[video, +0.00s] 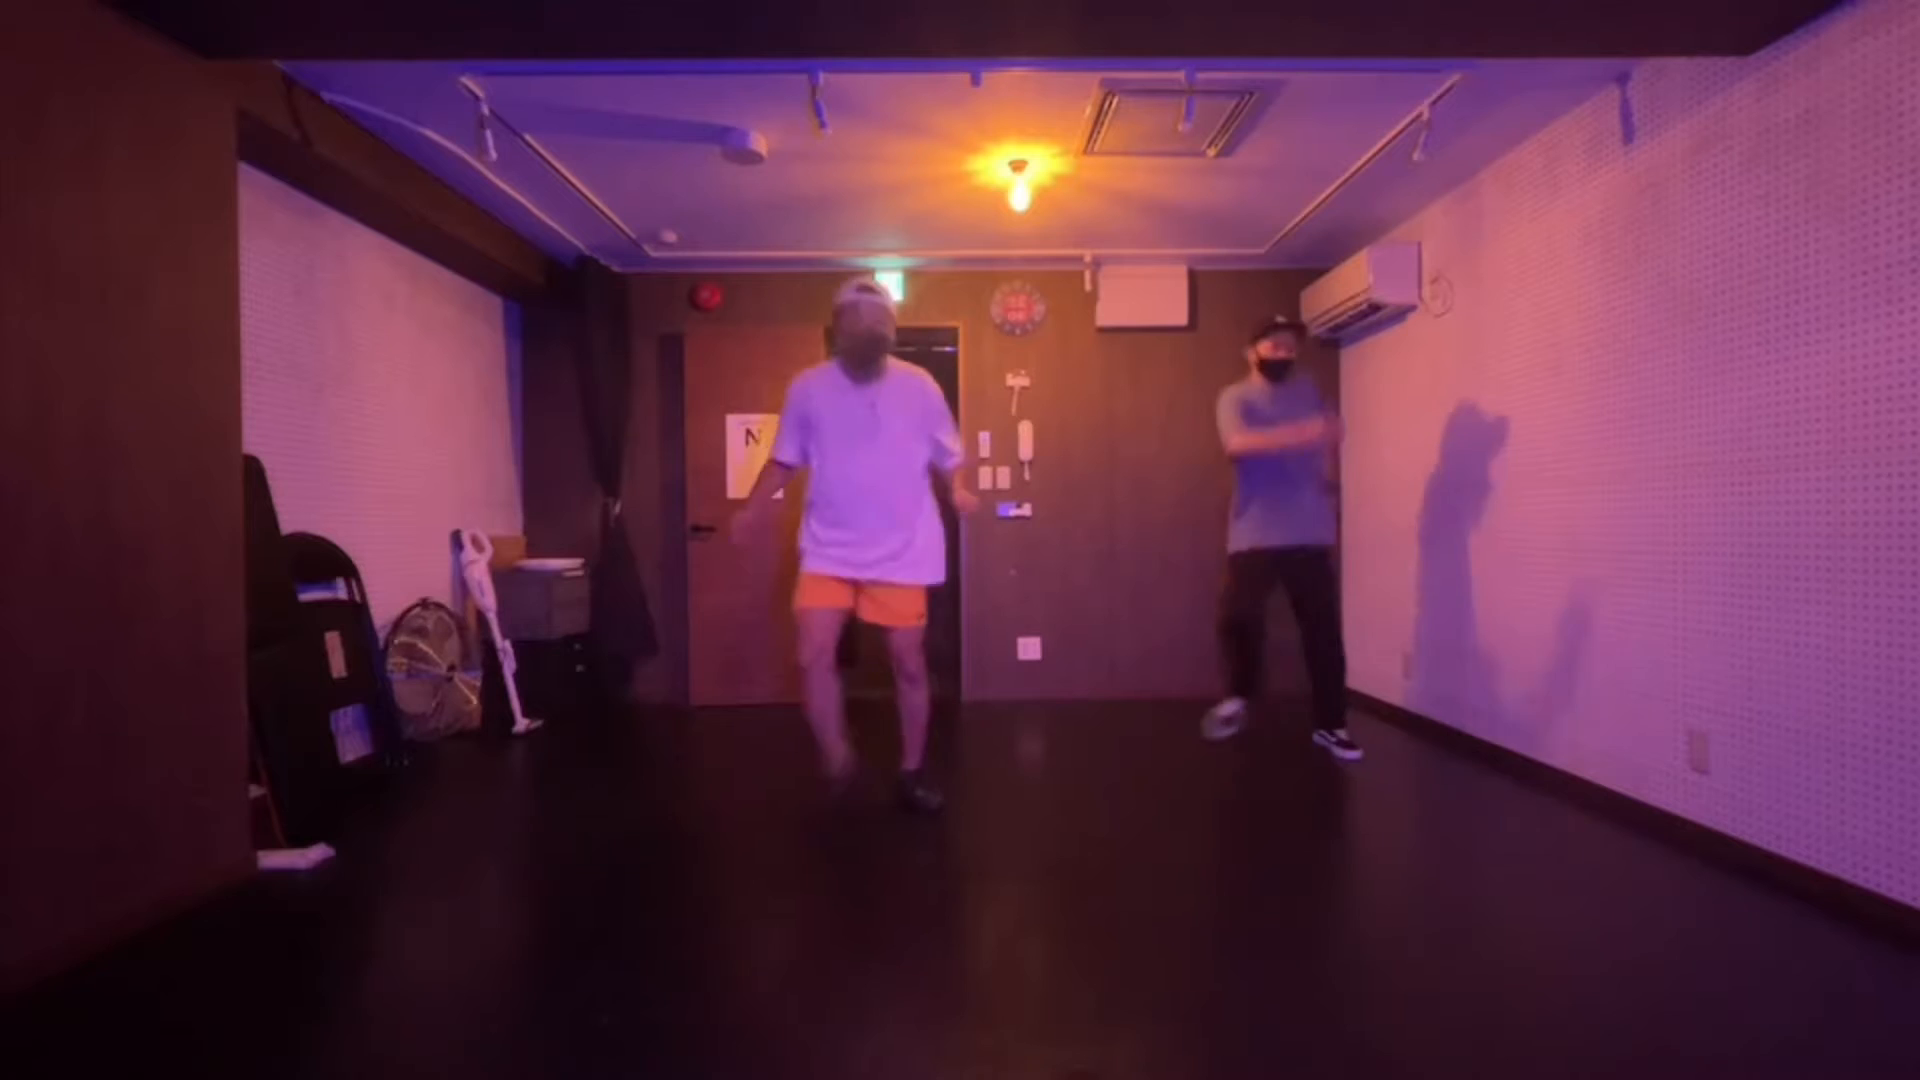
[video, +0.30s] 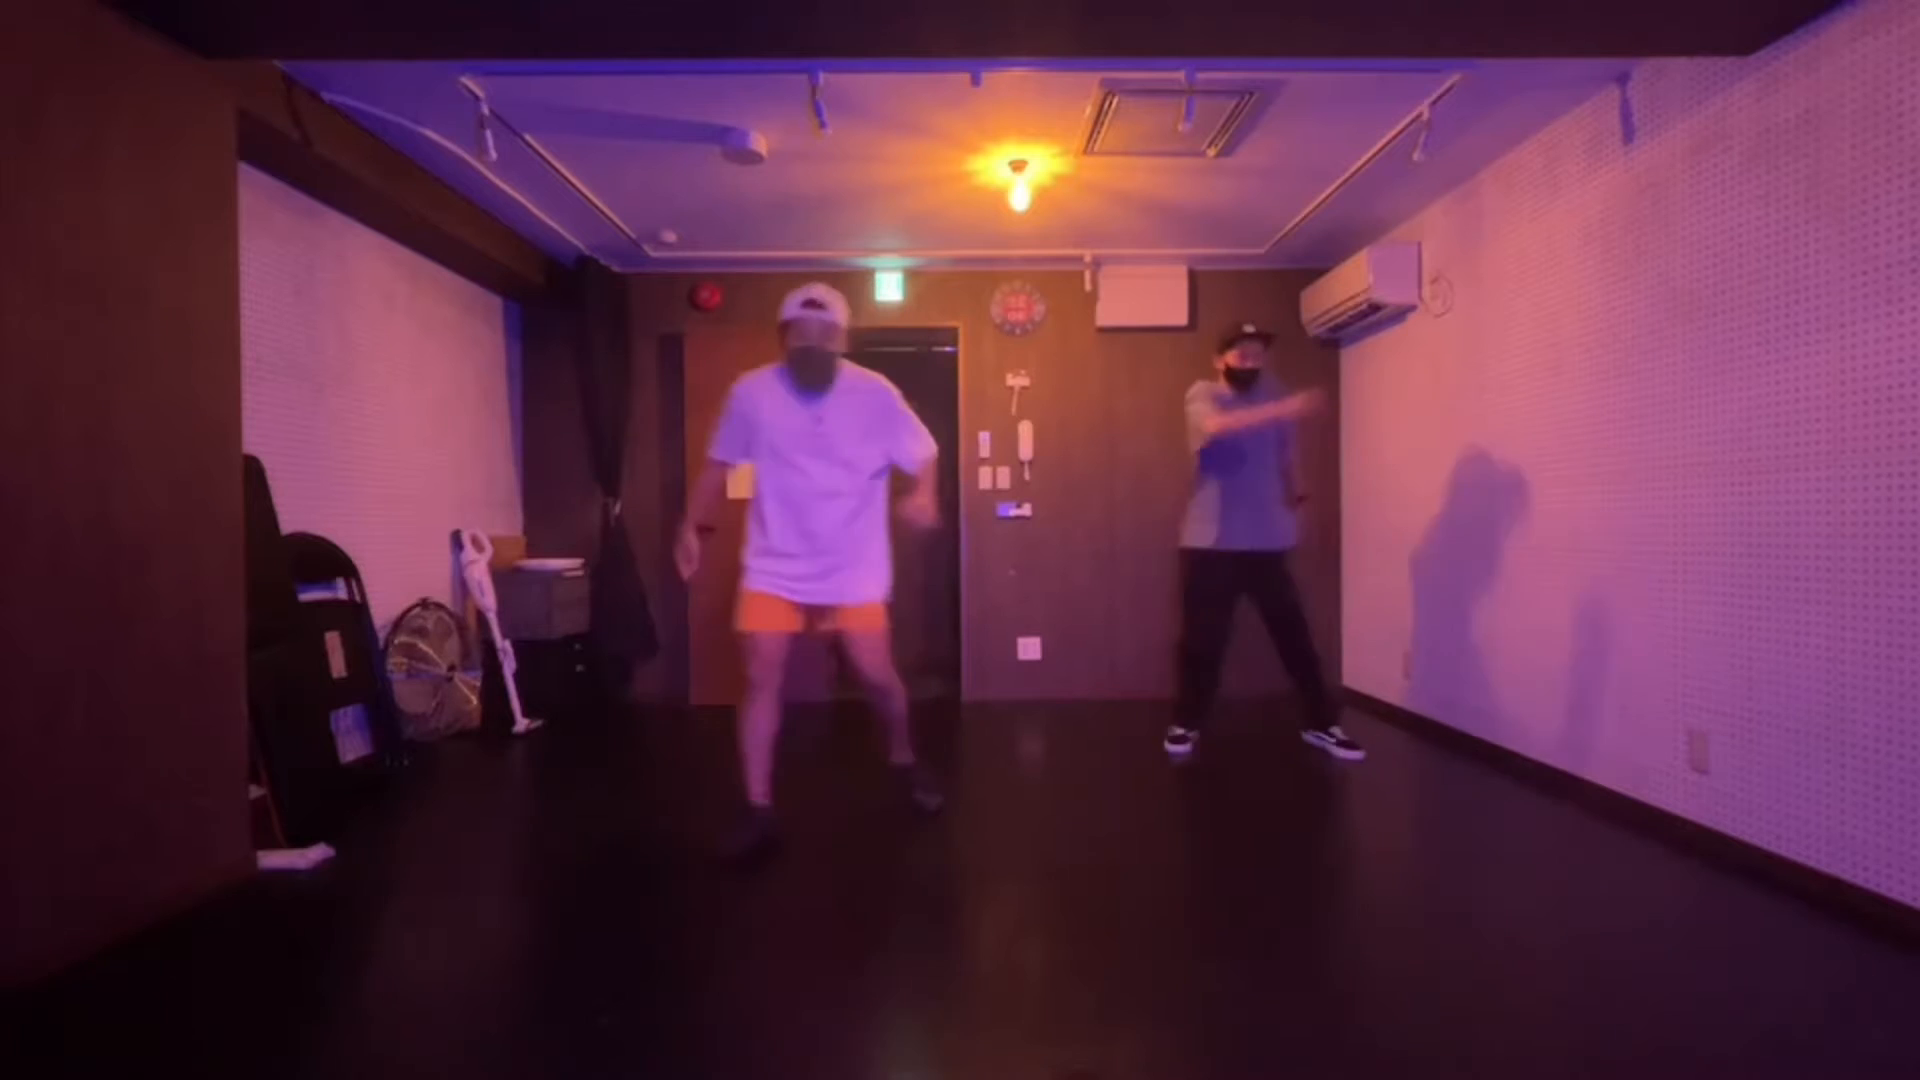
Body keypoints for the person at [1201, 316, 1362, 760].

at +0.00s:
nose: (1280, 352)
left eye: (1287, 344)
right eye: (1272, 343)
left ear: (1297, 350)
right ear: (1253, 350)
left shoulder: (1307, 395)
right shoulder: (1236, 397)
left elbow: (1326, 451)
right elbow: (1235, 443)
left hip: (1308, 534)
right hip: (1254, 537)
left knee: (1323, 633)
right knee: (1237, 618)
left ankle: (1330, 723)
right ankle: (1238, 698)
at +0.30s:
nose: (1248, 359)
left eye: (1256, 352)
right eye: (1240, 351)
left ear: (1266, 358)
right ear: (1220, 358)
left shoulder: (1273, 396)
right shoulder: (1204, 394)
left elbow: (1286, 453)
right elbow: (1212, 427)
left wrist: (1294, 491)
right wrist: (1287, 410)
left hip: (1264, 545)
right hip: (1211, 546)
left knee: (1295, 641)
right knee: (1201, 642)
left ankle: (1320, 723)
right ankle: (1185, 725)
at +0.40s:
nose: (1242, 376)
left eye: (1249, 368)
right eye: (1233, 368)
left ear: (1258, 372)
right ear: (1216, 372)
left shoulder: (1267, 417)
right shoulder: (1194, 413)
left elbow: (1274, 481)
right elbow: (1185, 466)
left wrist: (1274, 538)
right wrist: (1263, 453)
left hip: (1249, 551)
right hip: (1194, 551)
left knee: (1283, 639)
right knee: (1182, 642)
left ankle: (1299, 717)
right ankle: (1163, 723)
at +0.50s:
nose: (1225, 408)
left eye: (1231, 399)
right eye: (1216, 399)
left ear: (1240, 404)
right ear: (1198, 405)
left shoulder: (1251, 449)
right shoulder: (1174, 451)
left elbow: (1259, 502)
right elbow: (1146, 512)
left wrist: (1248, 539)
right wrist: (1206, 521)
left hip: (1226, 568)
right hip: (1178, 569)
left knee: (1250, 631)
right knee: (1187, 646)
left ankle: (1252, 708)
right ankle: (1161, 723)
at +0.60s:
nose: (1210, 406)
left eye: (1217, 396)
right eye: (1201, 397)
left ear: (1227, 401)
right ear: (1183, 405)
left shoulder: (1243, 446)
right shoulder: (1164, 453)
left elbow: (1253, 499)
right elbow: (1132, 507)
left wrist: (1230, 532)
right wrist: (1165, 540)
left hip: (1223, 571)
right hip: (1176, 570)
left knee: (1234, 644)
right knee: (1181, 650)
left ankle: (1217, 701)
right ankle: (1163, 723)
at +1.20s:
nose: (1222, 382)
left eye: (1229, 374)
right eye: (1213, 374)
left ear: (1241, 383)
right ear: (1196, 383)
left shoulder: (1259, 436)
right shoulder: (1173, 439)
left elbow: (1273, 501)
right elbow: (1149, 496)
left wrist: (1267, 557)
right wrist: (1148, 543)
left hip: (1237, 558)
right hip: (1186, 557)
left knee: (1256, 629)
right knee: (1189, 638)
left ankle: (1222, 687)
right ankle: (1159, 721)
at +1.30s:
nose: (1255, 359)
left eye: (1263, 352)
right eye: (1246, 350)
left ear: (1273, 362)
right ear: (1226, 358)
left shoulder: (1285, 413)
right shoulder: (1198, 411)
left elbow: (1302, 472)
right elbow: (1164, 465)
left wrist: (1301, 528)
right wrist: (1164, 514)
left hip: (1262, 550)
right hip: (1207, 550)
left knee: (1301, 618)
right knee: (1192, 635)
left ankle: (1294, 717)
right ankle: (1163, 719)